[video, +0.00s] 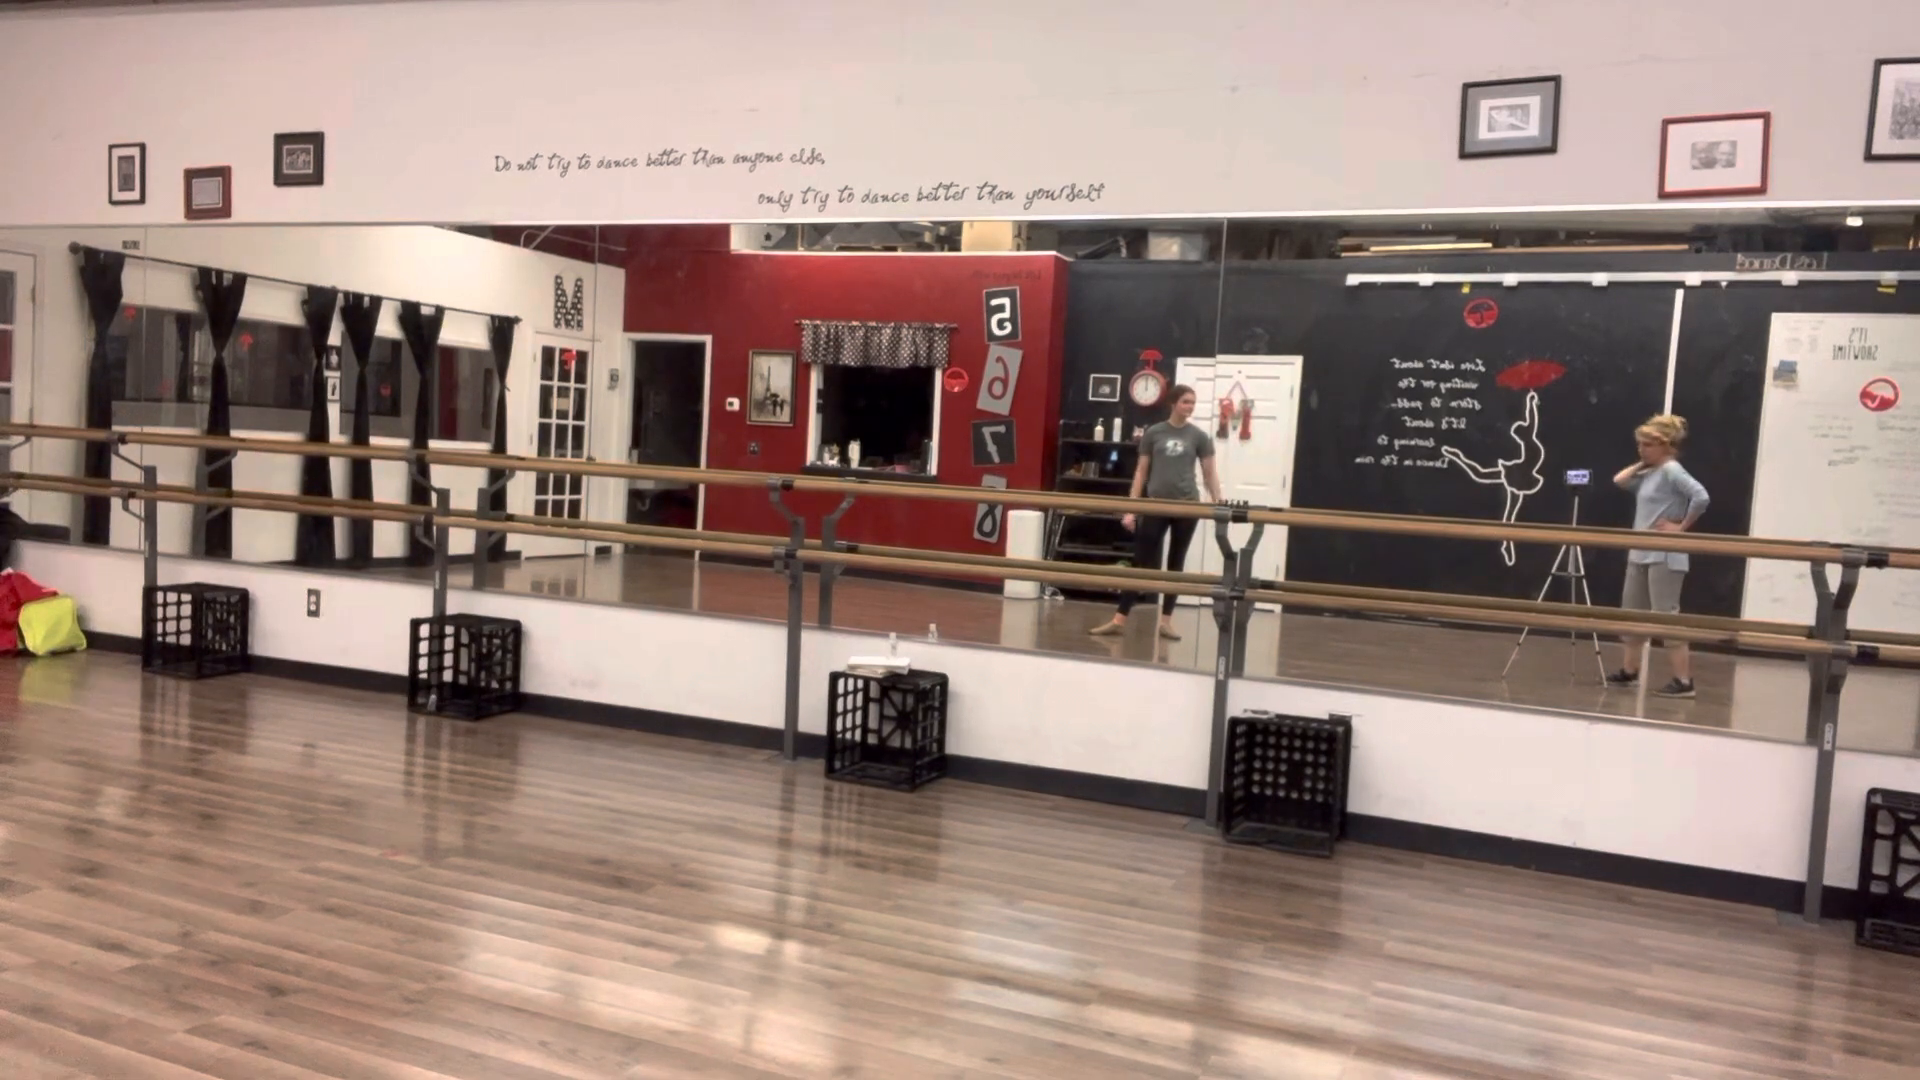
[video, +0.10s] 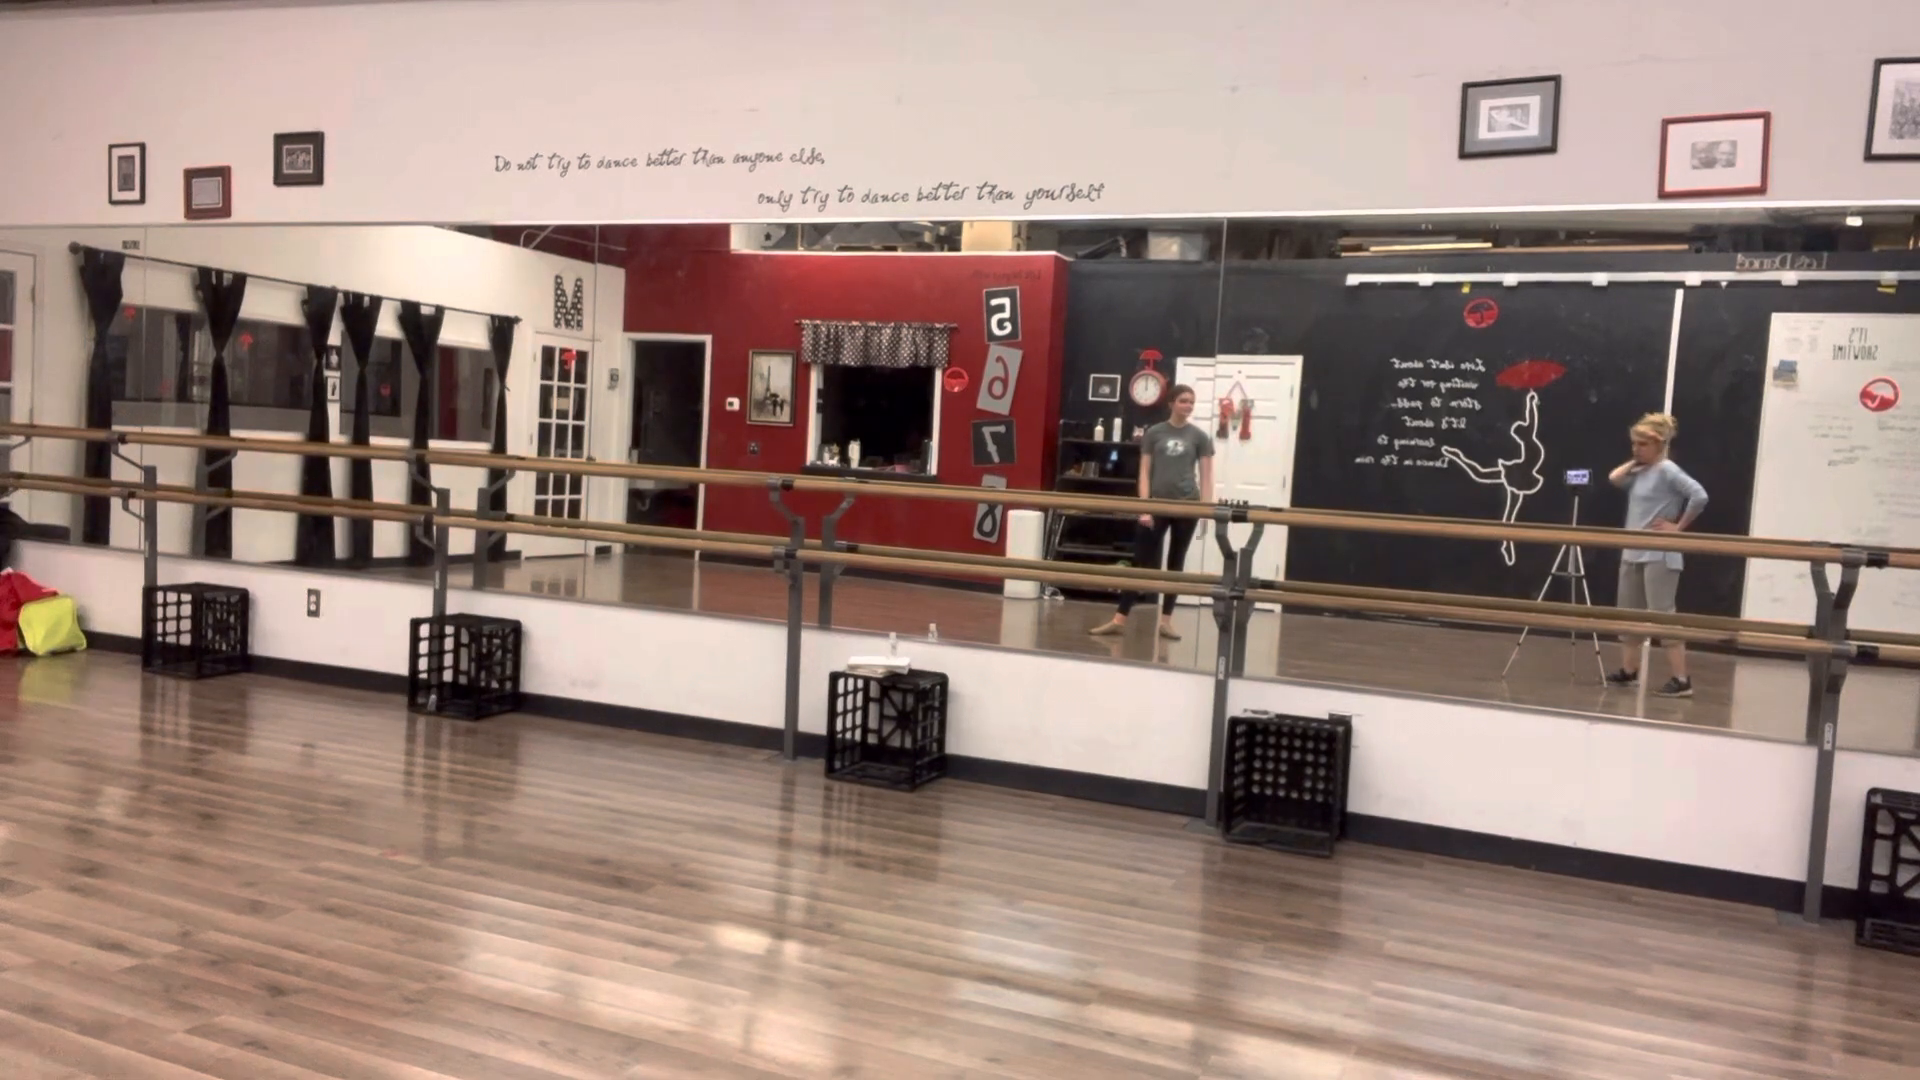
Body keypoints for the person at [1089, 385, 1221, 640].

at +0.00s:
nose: (1189, 407)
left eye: (1192, 403)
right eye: (1185, 402)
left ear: (1194, 406)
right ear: (1173, 403)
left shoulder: (1199, 437)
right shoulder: (1152, 433)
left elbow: (1209, 474)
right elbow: (1141, 472)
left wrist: (1217, 502)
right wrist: (1131, 507)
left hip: (1186, 509)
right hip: (1155, 506)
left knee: (1175, 564)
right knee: (1141, 560)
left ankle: (1165, 620)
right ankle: (1120, 618)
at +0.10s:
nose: (1187, 406)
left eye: (1190, 402)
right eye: (1183, 401)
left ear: (1194, 406)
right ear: (1172, 403)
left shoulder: (1200, 437)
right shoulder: (1153, 433)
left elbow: (1206, 477)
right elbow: (1144, 472)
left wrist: (1205, 509)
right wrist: (1144, 508)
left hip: (1186, 509)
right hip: (1156, 506)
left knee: (1175, 563)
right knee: (1141, 560)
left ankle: (1166, 619)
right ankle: (1120, 617)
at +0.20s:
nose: (1184, 405)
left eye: (1188, 401)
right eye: (1180, 400)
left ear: (1193, 405)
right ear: (1171, 403)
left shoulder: (1201, 437)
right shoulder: (1153, 432)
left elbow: (1202, 476)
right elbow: (1148, 473)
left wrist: (1184, 508)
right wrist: (1161, 505)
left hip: (1185, 507)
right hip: (1156, 504)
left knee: (1175, 563)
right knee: (1141, 558)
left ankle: (1166, 619)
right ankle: (1120, 617)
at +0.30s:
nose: (1183, 405)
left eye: (1187, 401)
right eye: (1179, 400)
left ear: (1192, 405)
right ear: (1171, 403)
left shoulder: (1201, 437)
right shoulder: (1154, 432)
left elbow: (1202, 475)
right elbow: (1148, 471)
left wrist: (1180, 500)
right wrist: (1164, 501)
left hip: (1186, 504)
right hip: (1157, 502)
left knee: (1176, 561)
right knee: (1142, 557)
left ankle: (1166, 619)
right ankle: (1120, 617)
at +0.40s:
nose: (1182, 405)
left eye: (1186, 401)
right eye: (1178, 400)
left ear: (1192, 405)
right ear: (1170, 403)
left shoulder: (1202, 438)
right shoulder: (1153, 433)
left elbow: (1203, 477)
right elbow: (1146, 474)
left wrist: (1183, 503)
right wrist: (1157, 503)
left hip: (1186, 507)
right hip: (1157, 504)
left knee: (1176, 562)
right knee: (1141, 558)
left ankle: (1166, 619)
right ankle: (1120, 617)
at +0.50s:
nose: (1181, 404)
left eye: (1186, 401)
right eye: (1177, 400)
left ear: (1192, 405)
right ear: (1170, 403)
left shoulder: (1201, 438)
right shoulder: (1154, 433)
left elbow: (1205, 478)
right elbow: (1145, 471)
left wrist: (1191, 509)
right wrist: (1145, 505)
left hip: (1184, 509)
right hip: (1155, 506)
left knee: (1175, 565)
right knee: (1141, 560)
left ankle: (1166, 619)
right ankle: (1120, 617)